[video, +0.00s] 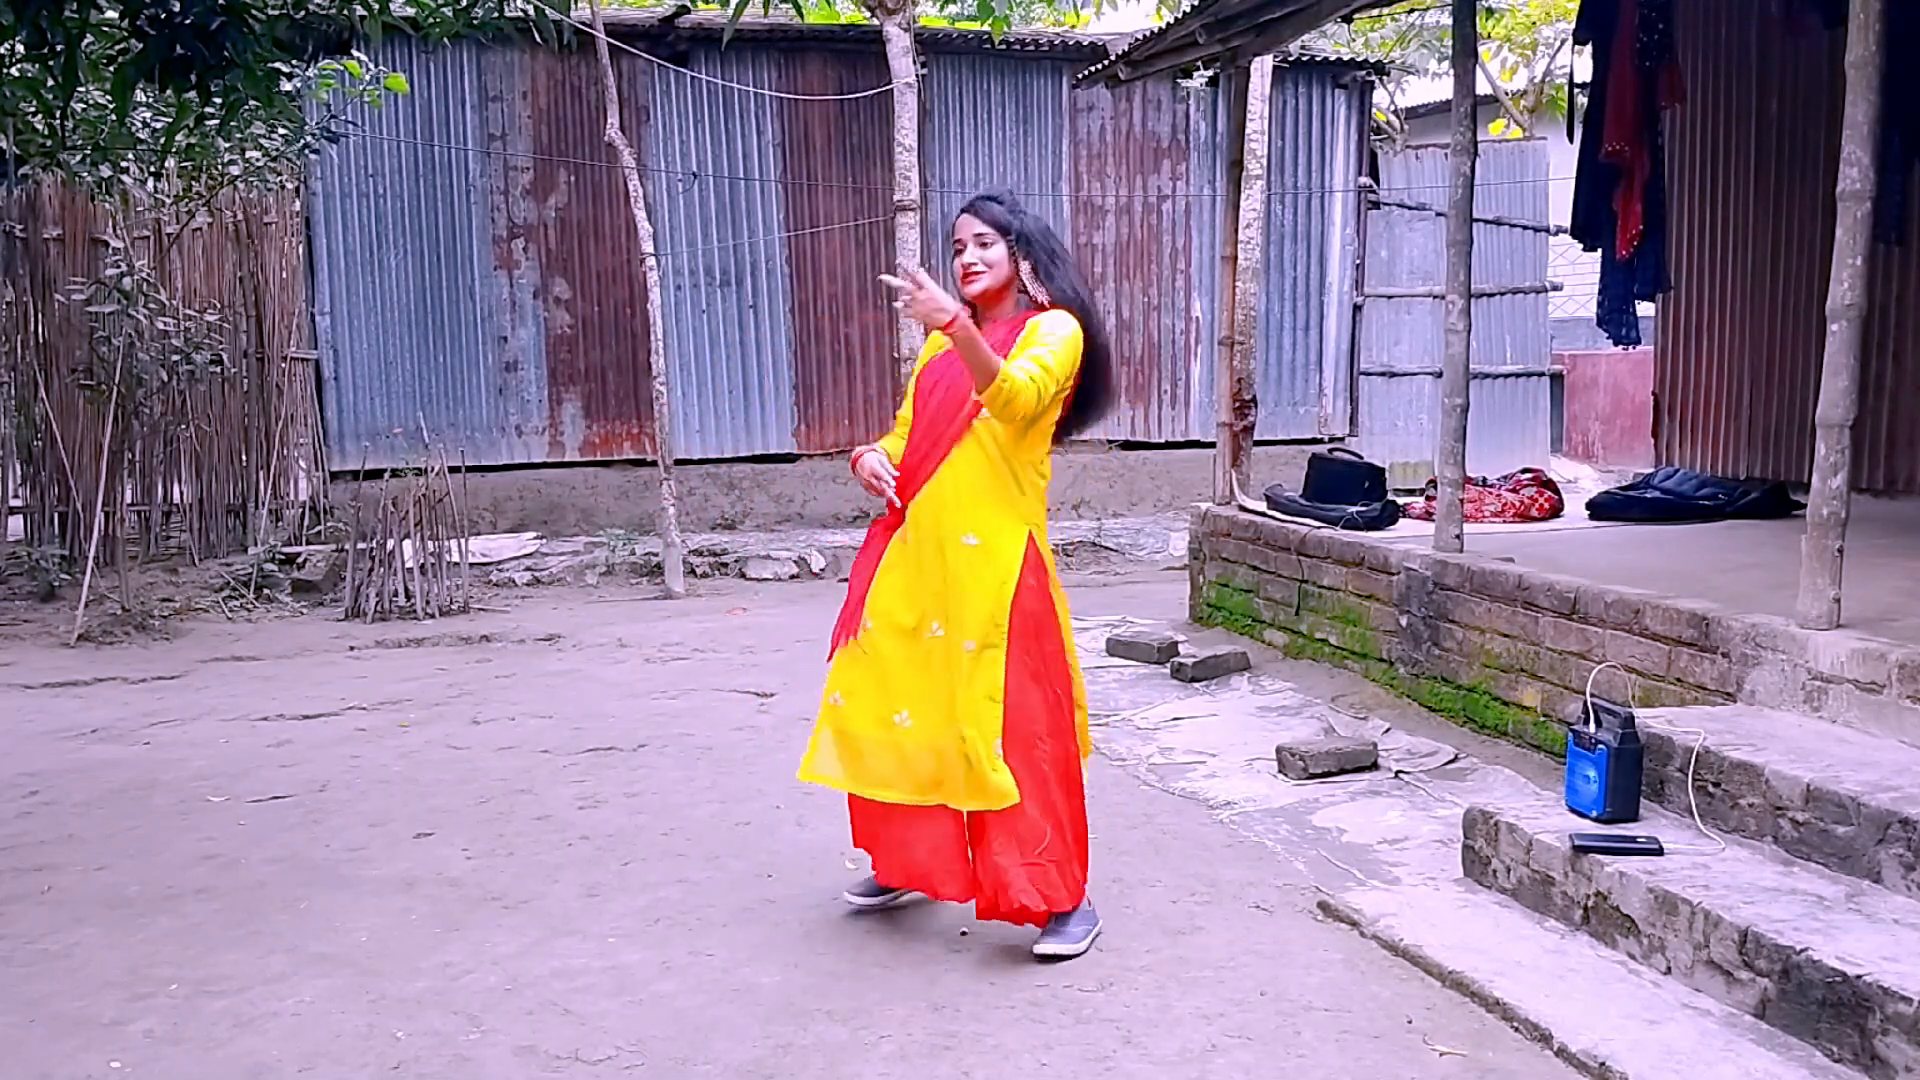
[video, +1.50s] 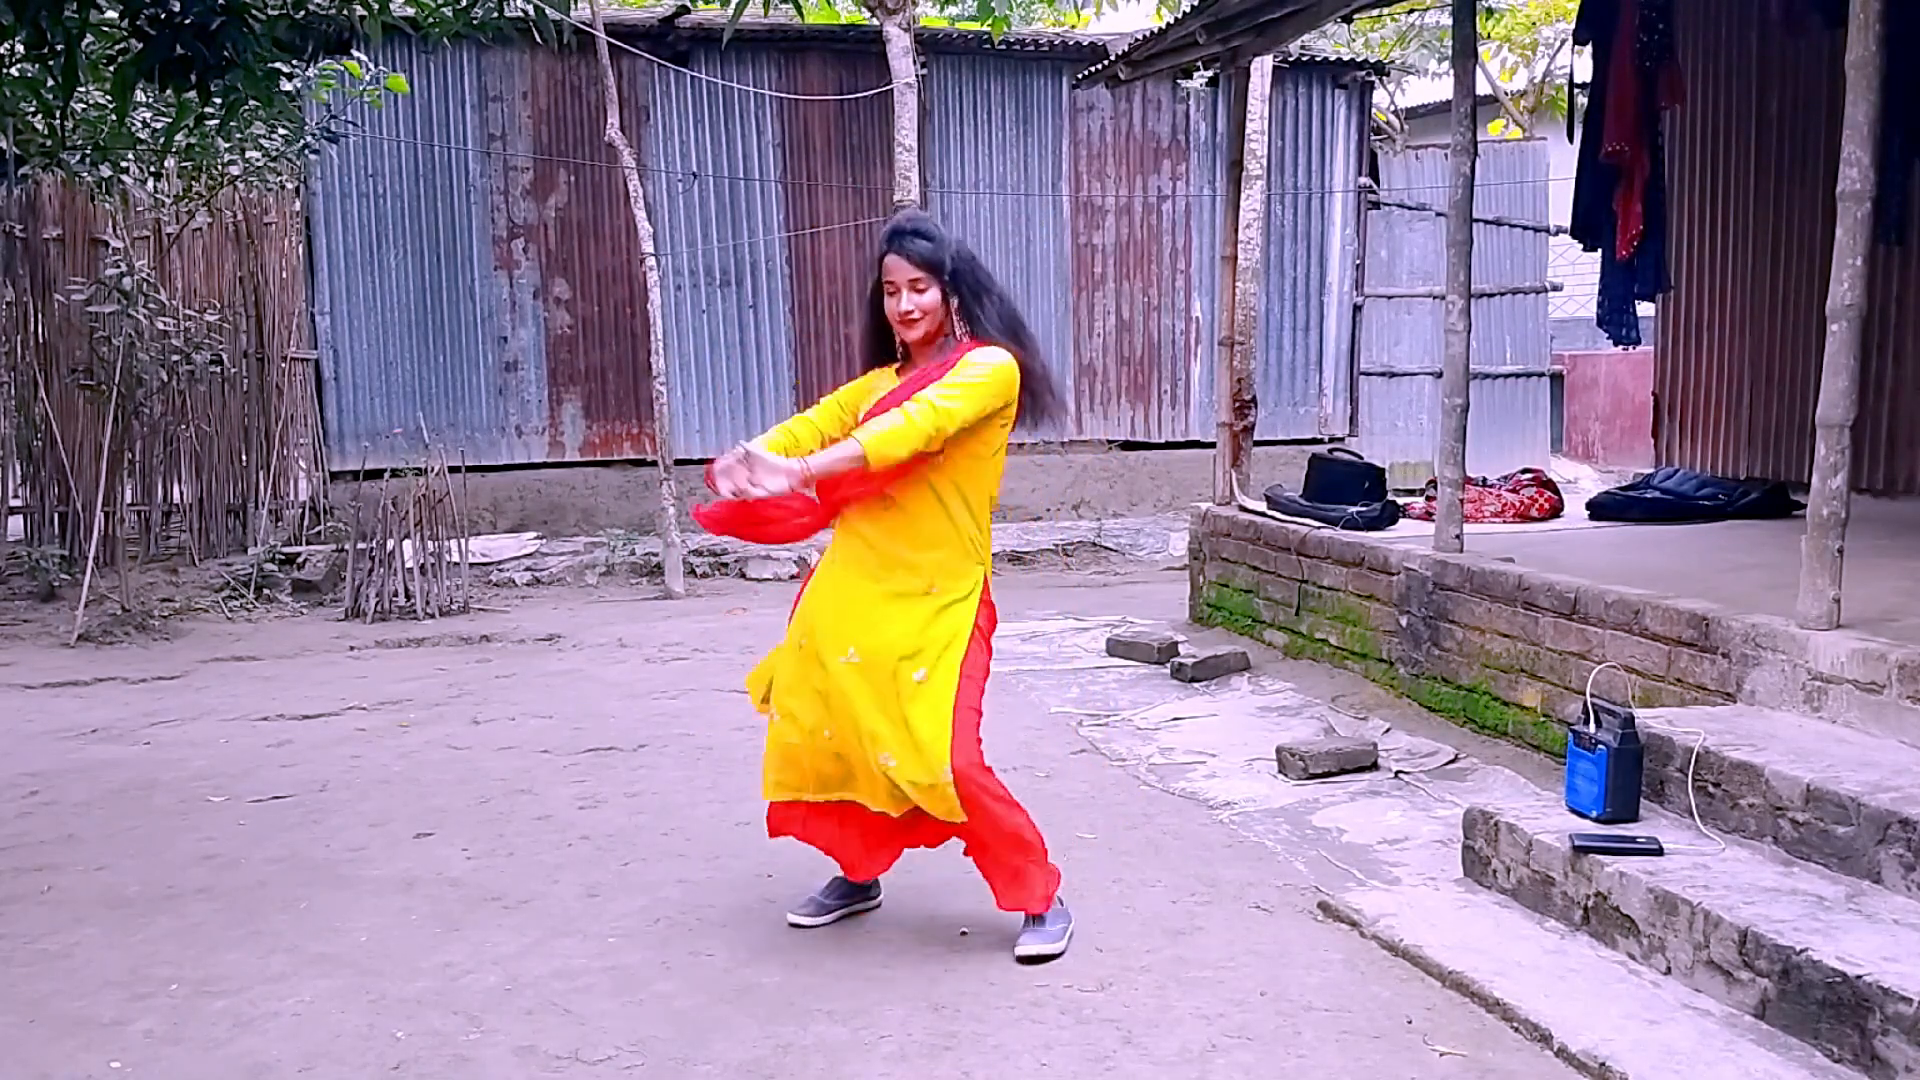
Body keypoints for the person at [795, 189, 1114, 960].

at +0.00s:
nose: (968, 258)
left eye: (983, 243)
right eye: (959, 248)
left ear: (1022, 250)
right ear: (951, 263)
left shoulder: (1055, 328)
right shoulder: (941, 341)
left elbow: (1018, 401)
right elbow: (907, 433)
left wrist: (953, 323)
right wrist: (872, 455)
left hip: (999, 555)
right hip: (917, 550)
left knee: (1027, 725)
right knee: (887, 698)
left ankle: (1066, 900)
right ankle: (903, 860)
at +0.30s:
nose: (940, 229)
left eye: (958, 216)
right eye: (933, 218)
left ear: (994, 231)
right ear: (927, 236)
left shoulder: (1020, 313)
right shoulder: (933, 328)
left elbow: (1026, 400)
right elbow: (898, 429)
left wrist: (1011, 326)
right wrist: (830, 372)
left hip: (986, 538)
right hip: (918, 536)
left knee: (996, 710)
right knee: (912, 692)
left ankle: (1060, 885)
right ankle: (923, 858)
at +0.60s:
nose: (932, 245)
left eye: (950, 233)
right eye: (925, 234)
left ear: (987, 255)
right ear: (915, 253)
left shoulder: (1021, 345)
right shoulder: (896, 350)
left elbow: (1014, 464)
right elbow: (850, 469)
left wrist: (918, 408)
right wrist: (872, 424)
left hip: (1004, 561)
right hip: (917, 563)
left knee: (1005, 729)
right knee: (888, 718)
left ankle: (1057, 902)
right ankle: (910, 875)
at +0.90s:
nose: (919, 187)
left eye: (934, 171)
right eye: (908, 175)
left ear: (973, 185)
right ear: (896, 194)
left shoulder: (1000, 272)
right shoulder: (884, 271)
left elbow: (1044, 244)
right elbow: (821, 243)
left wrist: (972, 176)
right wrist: (869, 184)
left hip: (975, 493)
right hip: (879, 493)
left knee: (995, 684)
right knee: (850, 668)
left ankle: (1044, 880)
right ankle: (857, 849)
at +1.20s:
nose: (912, 332)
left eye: (927, 317)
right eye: (899, 318)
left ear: (956, 325)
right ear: (886, 324)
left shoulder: (978, 406)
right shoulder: (852, 384)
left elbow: (1001, 429)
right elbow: (844, 392)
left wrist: (969, 414)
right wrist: (877, 406)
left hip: (973, 588)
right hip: (882, 596)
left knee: (1000, 745)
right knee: (847, 746)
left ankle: (1030, 913)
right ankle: (845, 903)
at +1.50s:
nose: (904, 306)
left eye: (918, 287)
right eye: (890, 292)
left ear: (953, 286)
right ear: (880, 300)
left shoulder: (989, 368)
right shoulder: (884, 384)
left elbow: (910, 431)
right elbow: (809, 428)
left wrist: (804, 469)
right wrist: (744, 458)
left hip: (945, 589)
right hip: (859, 580)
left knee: (950, 753)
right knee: (829, 724)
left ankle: (1041, 897)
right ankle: (857, 875)